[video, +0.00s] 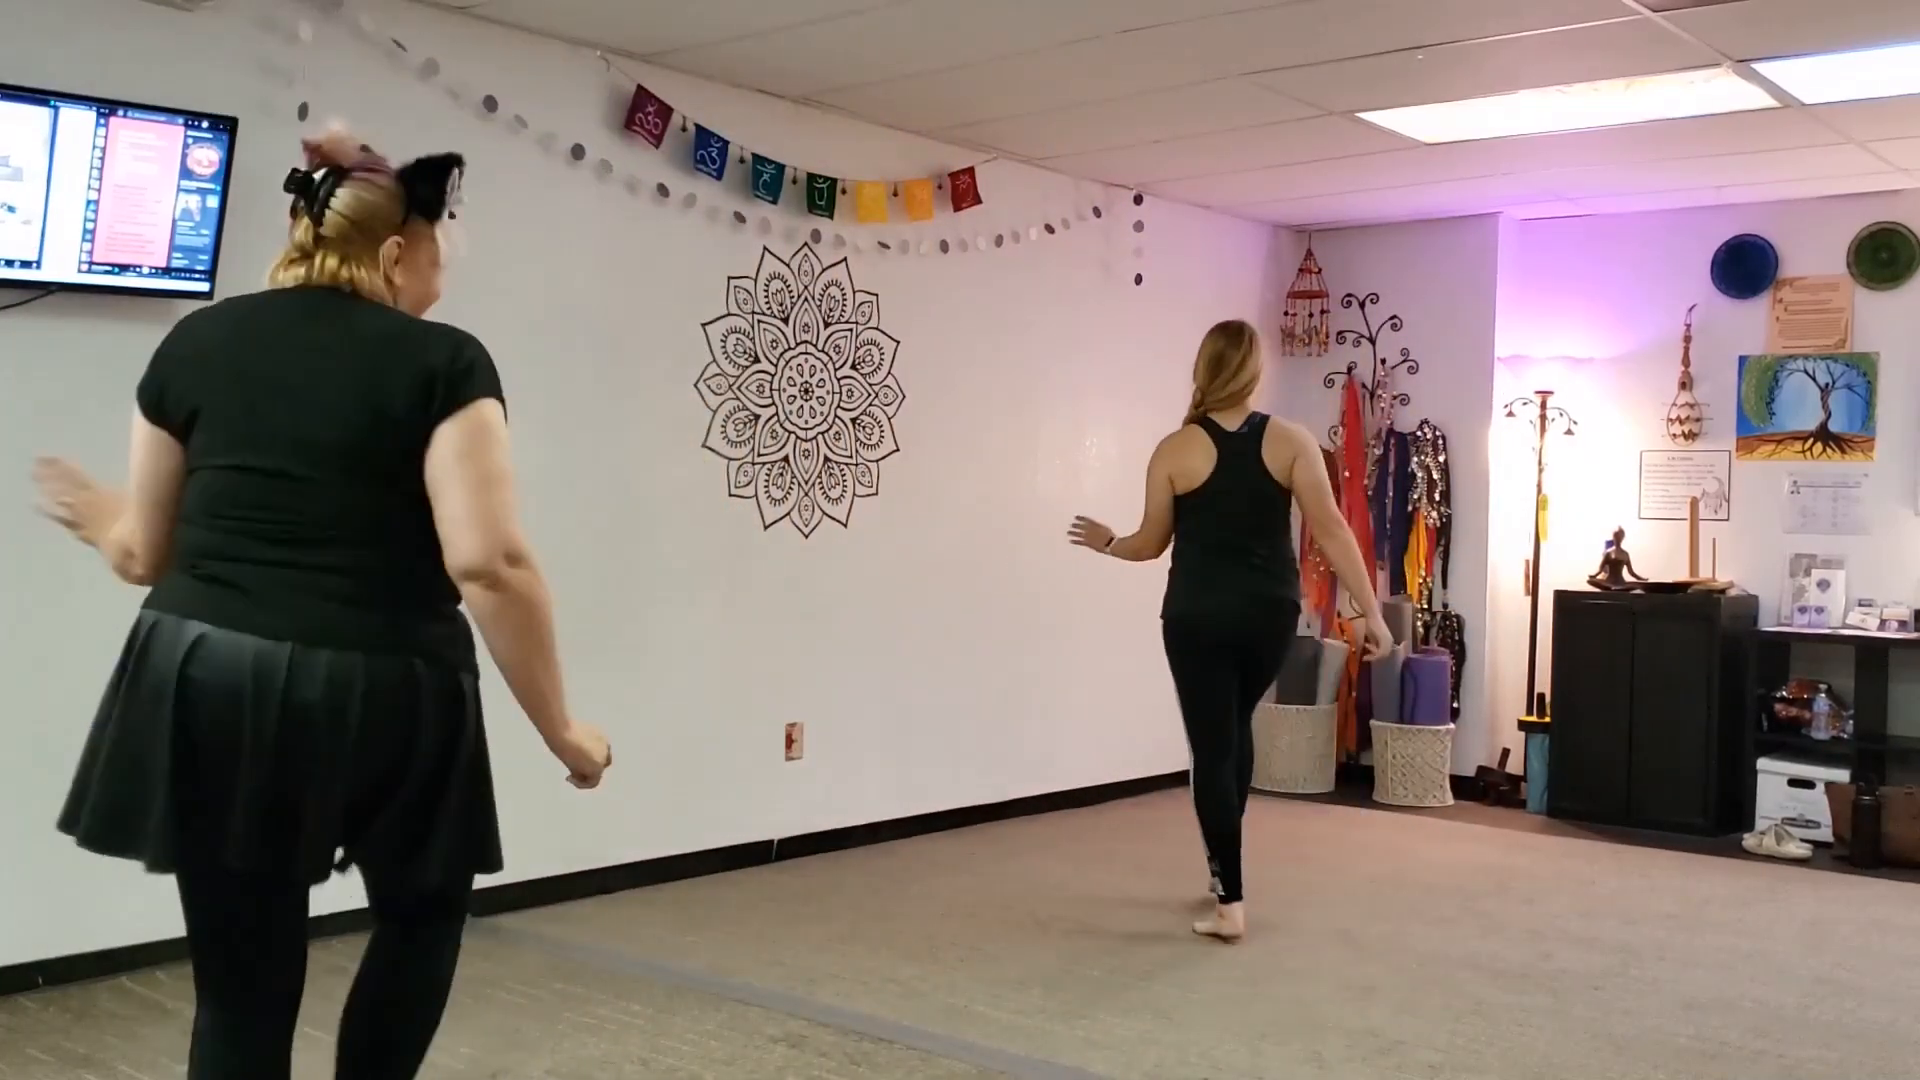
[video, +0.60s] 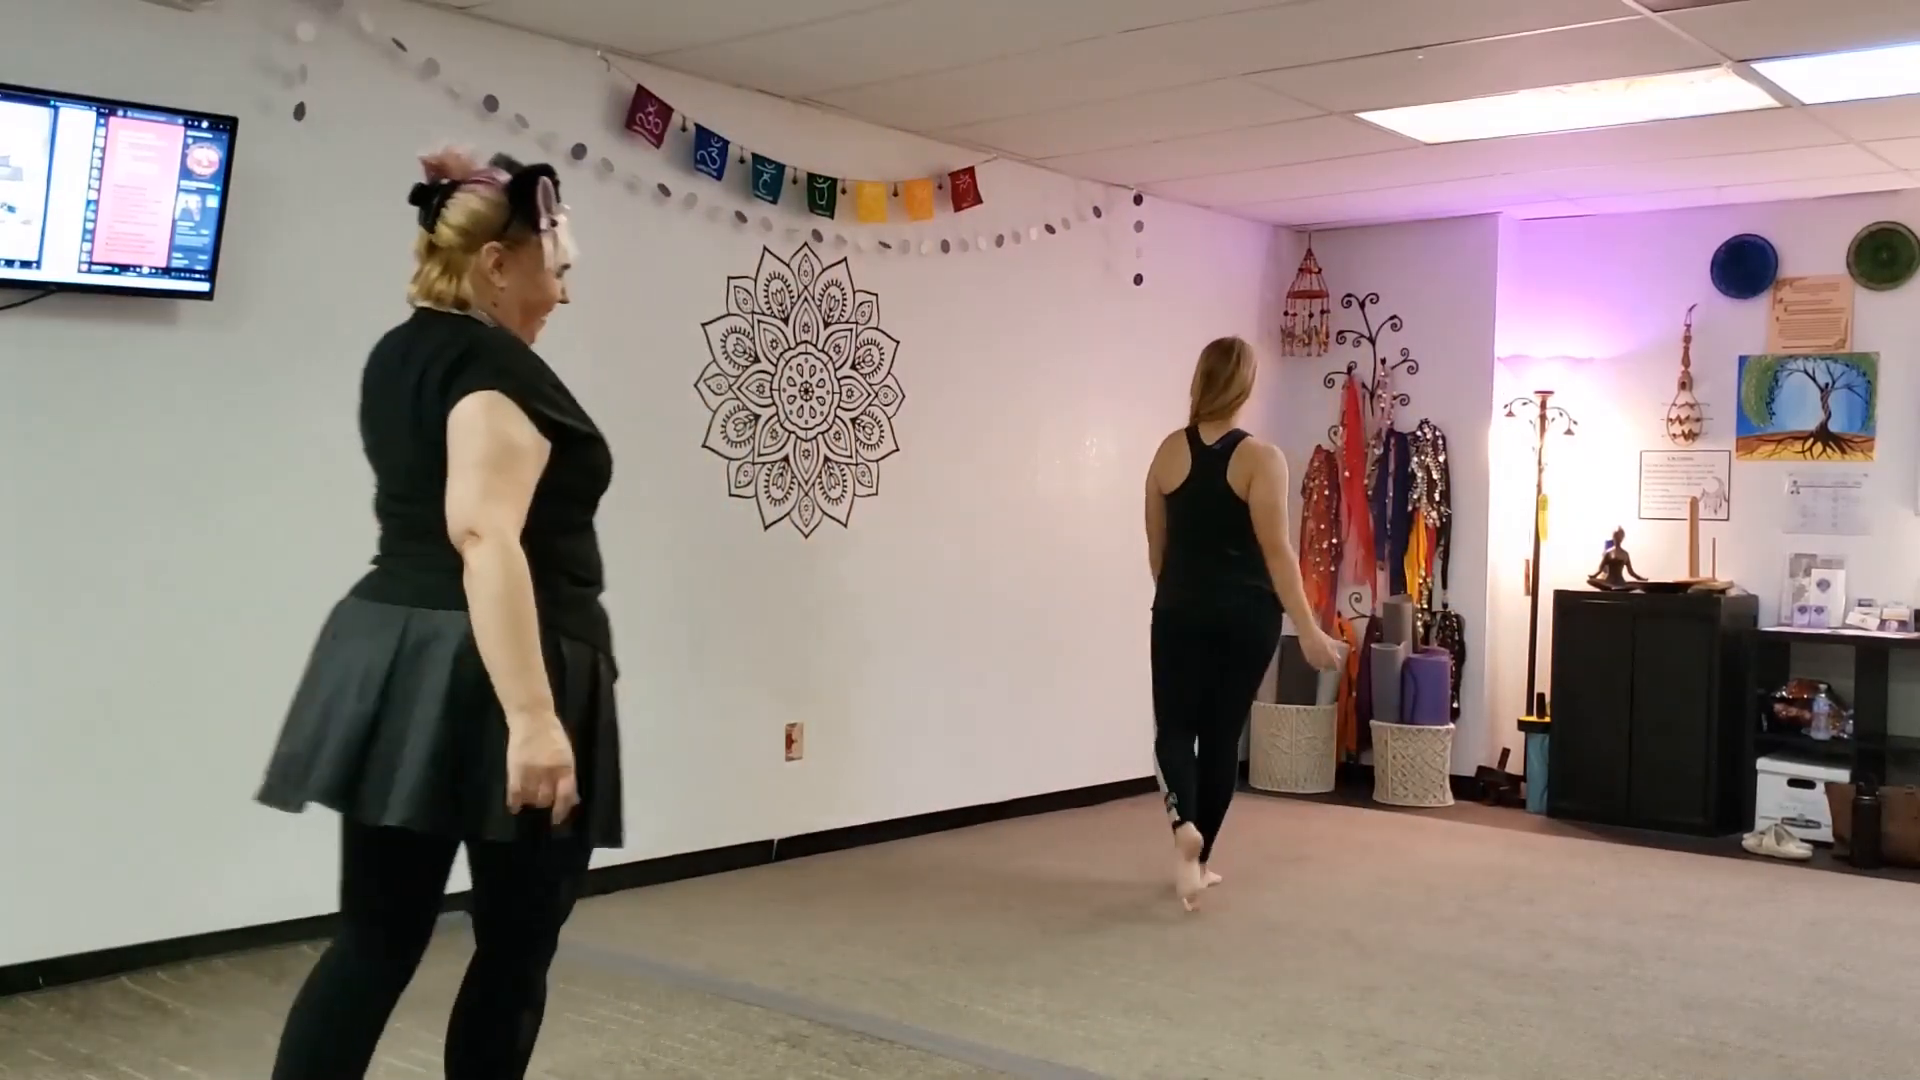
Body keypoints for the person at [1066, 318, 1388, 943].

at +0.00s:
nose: (1258, 373)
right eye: (1258, 365)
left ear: (1201, 371)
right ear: (1255, 372)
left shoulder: (1173, 450)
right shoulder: (1292, 442)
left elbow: (1151, 544)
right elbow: (1329, 528)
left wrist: (1110, 543)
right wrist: (1370, 610)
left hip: (1195, 616)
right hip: (1270, 615)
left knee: (1212, 752)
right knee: (1237, 721)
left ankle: (1231, 902)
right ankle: (1222, 860)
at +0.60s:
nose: (1250, 388)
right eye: (1252, 380)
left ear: (1199, 381)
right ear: (1247, 387)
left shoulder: (1168, 454)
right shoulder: (1263, 458)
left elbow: (1158, 549)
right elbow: (1277, 553)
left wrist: (1174, 598)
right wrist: (1309, 630)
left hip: (1178, 613)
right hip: (1247, 617)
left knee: (1173, 726)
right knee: (1222, 734)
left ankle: (1183, 821)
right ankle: (1197, 863)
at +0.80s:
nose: (1252, 396)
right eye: (1252, 389)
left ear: (1199, 389)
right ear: (1247, 396)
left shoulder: (1169, 459)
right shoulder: (1265, 469)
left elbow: (1137, 536)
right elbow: (1290, 558)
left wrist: (1120, 603)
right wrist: (1335, 631)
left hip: (1184, 615)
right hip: (1251, 621)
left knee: (1195, 707)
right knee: (1224, 728)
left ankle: (1179, 793)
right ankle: (1197, 864)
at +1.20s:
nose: (1271, 401)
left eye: (1261, 393)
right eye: (1272, 394)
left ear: (1222, 400)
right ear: (1268, 402)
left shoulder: (1198, 466)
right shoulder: (1299, 468)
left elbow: (1160, 535)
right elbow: (1324, 553)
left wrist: (1115, 595)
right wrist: (1350, 623)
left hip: (1204, 612)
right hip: (1266, 616)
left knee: (1256, 713)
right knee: (1233, 729)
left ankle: (1299, 820)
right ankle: (1198, 859)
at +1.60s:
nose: (1320, 402)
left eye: (1313, 394)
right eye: (1318, 395)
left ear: (1266, 402)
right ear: (1311, 400)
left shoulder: (1248, 469)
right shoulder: (1340, 449)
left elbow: (1226, 543)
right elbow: (1364, 532)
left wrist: (1198, 597)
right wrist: (1376, 604)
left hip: (1260, 600)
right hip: (1317, 601)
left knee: (1286, 717)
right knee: (1301, 721)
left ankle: (1292, 837)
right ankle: (1229, 805)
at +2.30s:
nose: (1410, 400)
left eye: (1410, 393)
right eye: (1400, 393)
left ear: (1400, 403)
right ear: (1371, 401)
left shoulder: (1398, 461)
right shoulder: (1356, 456)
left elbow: (1420, 547)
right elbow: (1317, 526)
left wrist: (1454, 602)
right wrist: (1325, 598)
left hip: (1371, 606)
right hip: (1370, 608)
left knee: (1328, 716)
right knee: (1410, 718)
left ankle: (1294, 828)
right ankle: (1456, 828)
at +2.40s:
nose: (1427, 403)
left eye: (1427, 395)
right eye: (1417, 396)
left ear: (1408, 406)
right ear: (1388, 405)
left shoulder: (1421, 465)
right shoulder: (1374, 462)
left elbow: (1439, 553)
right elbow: (1334, 533)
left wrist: (1474, 610)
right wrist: (1321, 605)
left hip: (1392, 608)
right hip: (1387, 609)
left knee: (1342, 717)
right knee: (1421, 720)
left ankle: (1296, 826)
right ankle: (1450, 837)